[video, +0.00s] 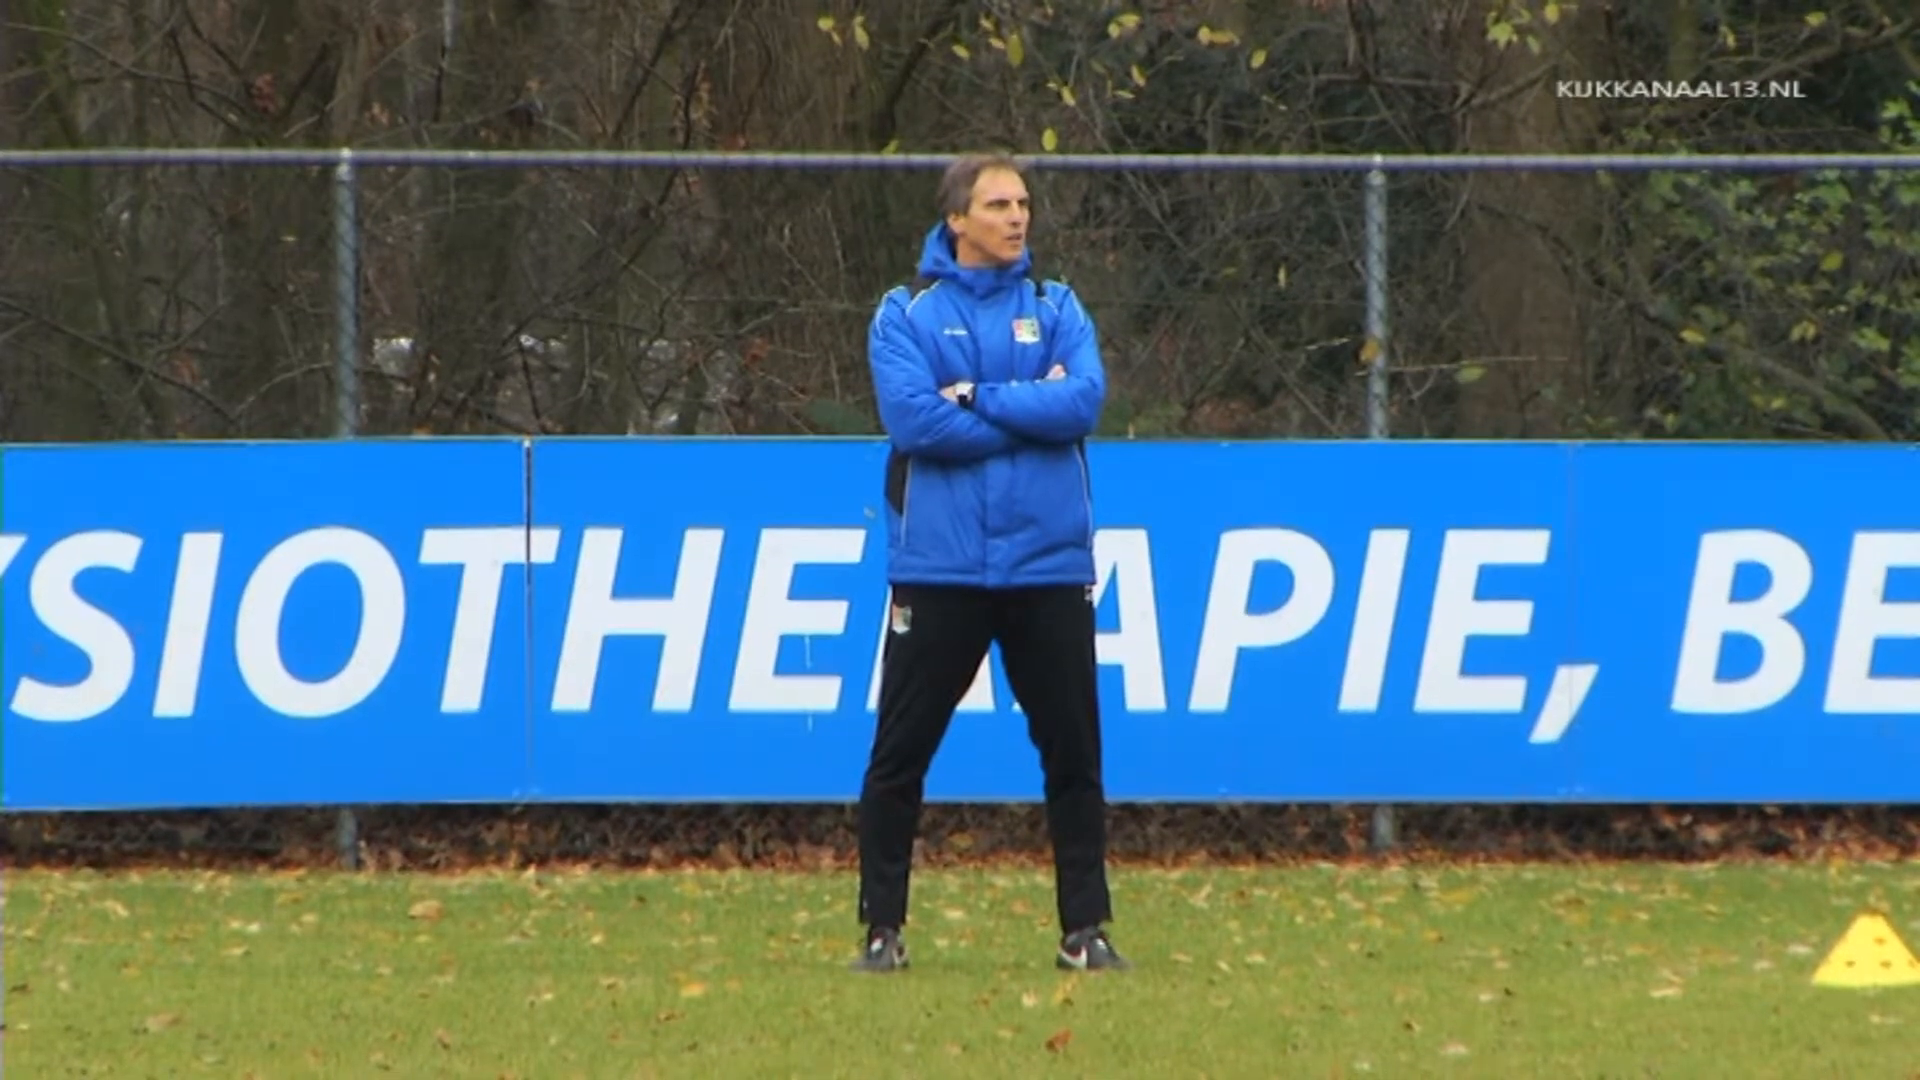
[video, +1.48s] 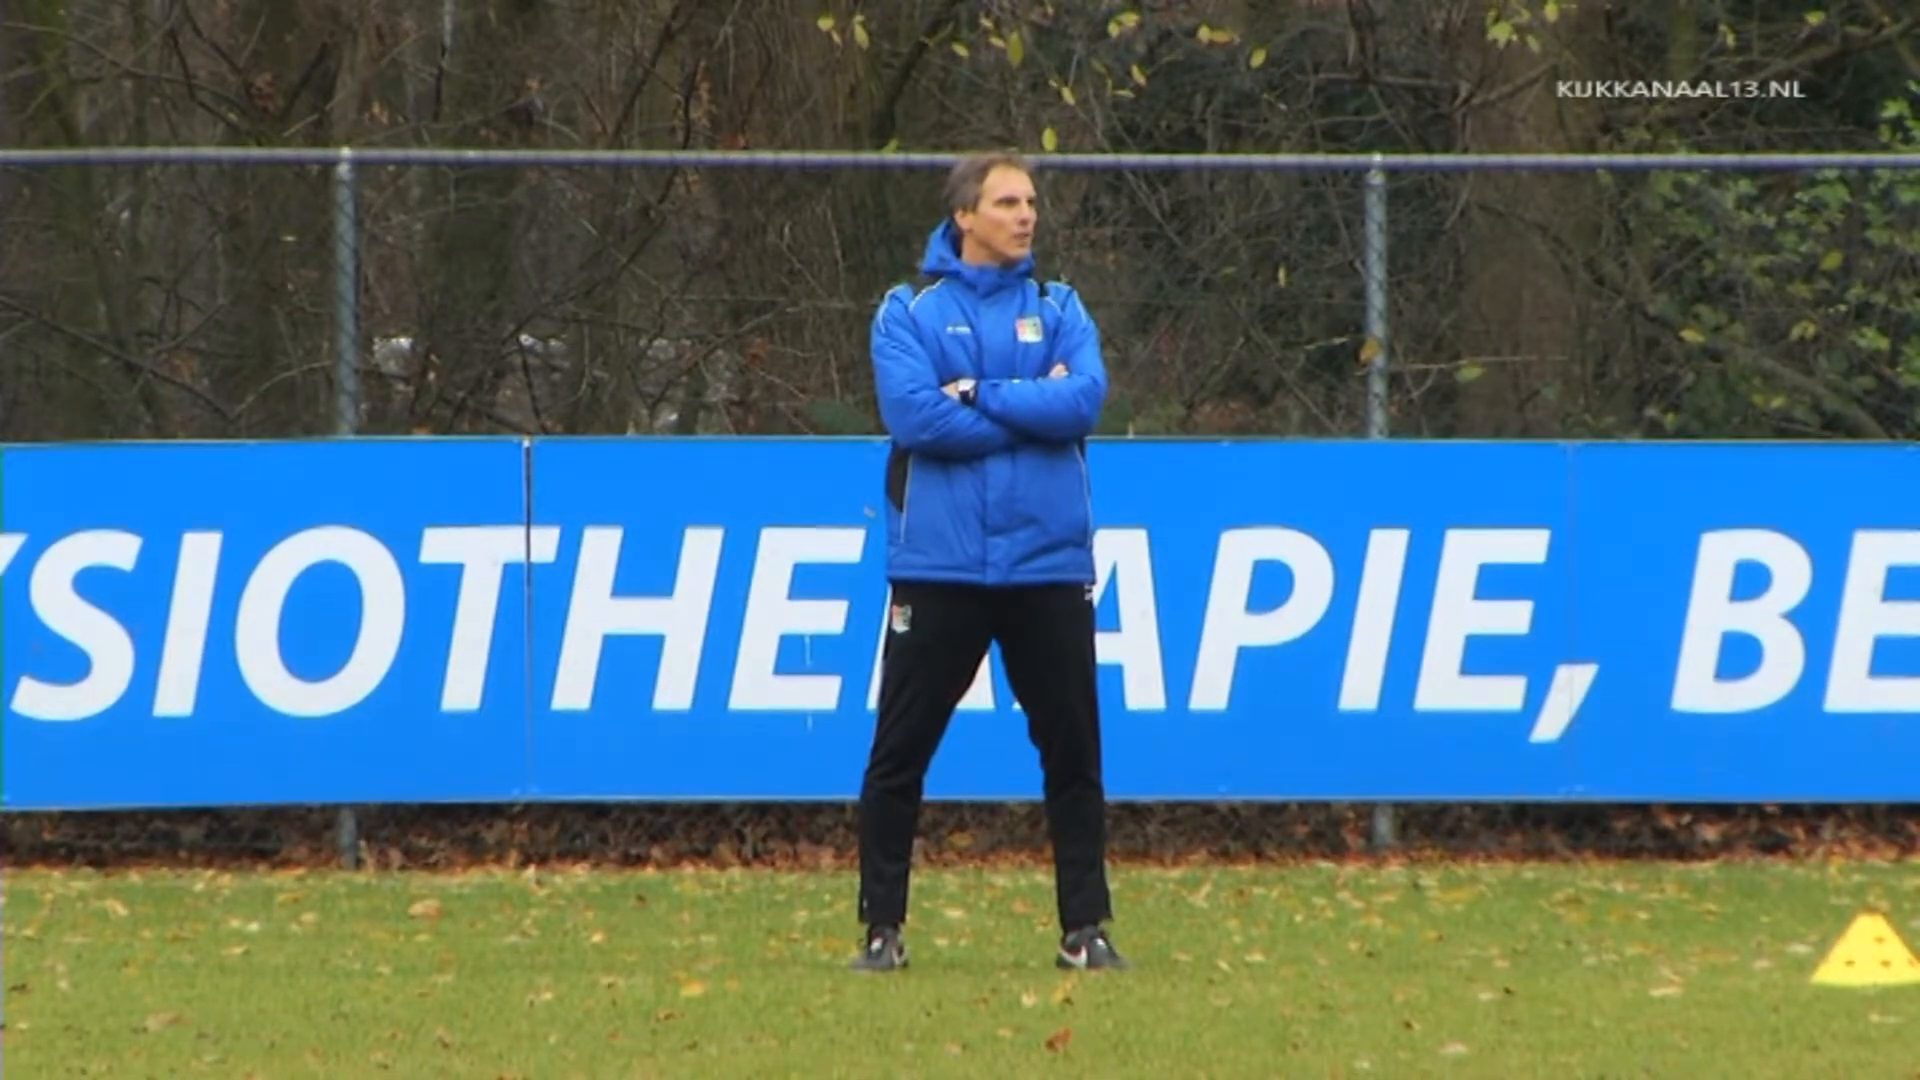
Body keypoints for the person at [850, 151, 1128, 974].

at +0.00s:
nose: (1017, 216)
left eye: (1022, 205)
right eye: (998, 206)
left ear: (1030, 218)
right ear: (957, 221)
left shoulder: (1057, 305)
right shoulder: (904, 313)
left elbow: (1081, 403)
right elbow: (916, 425)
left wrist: (973, 394)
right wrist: (1026, 415)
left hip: (1050, 568)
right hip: (941, 570)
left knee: (1074, 751)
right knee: (901, 752)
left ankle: (1085, 932)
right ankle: (882, 930)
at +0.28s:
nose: (1014, 216)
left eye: (1020, 204)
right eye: (996, 205)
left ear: (1028, 217)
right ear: (955, 221)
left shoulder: (1056, 305)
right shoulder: (903, 313)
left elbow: (1081, 402)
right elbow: (916, 425)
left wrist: (972, 393)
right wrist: (1026, 413)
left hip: (1049, 567)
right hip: (941, 570)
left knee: (1073, 751)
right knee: (901, 752)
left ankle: (1085, 931)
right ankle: (881, 929)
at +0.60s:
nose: (1013, 215)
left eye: (1019, 203)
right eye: (995, 205)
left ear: (1027, 216)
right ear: (954, 221)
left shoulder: (1055, 304)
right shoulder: (902, 313)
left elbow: (1080, 401)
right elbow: (916, 425)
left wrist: (971, 392)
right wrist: (1025, 413)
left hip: (1049, 567)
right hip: (941, 570)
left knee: (1073, 751)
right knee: (901, 752)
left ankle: (1085, 931)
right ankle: (882, 929)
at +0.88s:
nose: (1022, 213)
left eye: (1025, 201)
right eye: (1004, 202)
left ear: (1029, 216)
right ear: (960, 218)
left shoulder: (1057, 304)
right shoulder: (904, 311)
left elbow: (1081, 401)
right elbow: (916, 423)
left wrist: (972, 391)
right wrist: (1026, 412)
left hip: (1049, 567)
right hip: (940, 569)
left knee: (1073, 751)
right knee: (900, 752)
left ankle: (1085, 931)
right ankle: (882, 930)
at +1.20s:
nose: (1027, 214)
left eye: (1031, 202)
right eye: (1010, 202)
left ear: (1033, 216)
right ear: (964, 218)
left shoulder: (1059, 306)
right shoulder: (906, 310)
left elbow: (1082, 401)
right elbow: (917, 423)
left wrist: (975, 391)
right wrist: (1027, 412)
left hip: (1050, 567)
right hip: (941, 569)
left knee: (1073, 750)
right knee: (901, 752)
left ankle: (1085, 931)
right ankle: (882, 929)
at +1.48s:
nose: (1026, 215)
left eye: (1031, 204)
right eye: (1009, 204)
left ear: (1035, 217)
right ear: (964, 218)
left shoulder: (1060, 305)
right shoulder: (906, 310)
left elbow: (1082, 402)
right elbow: (916, 422)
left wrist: (975, 391)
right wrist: (1028, 413)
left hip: (1050, 567)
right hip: (941, 568)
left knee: (1073, 750)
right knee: (901, 752)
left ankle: (1085, 931)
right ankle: (882, 930)